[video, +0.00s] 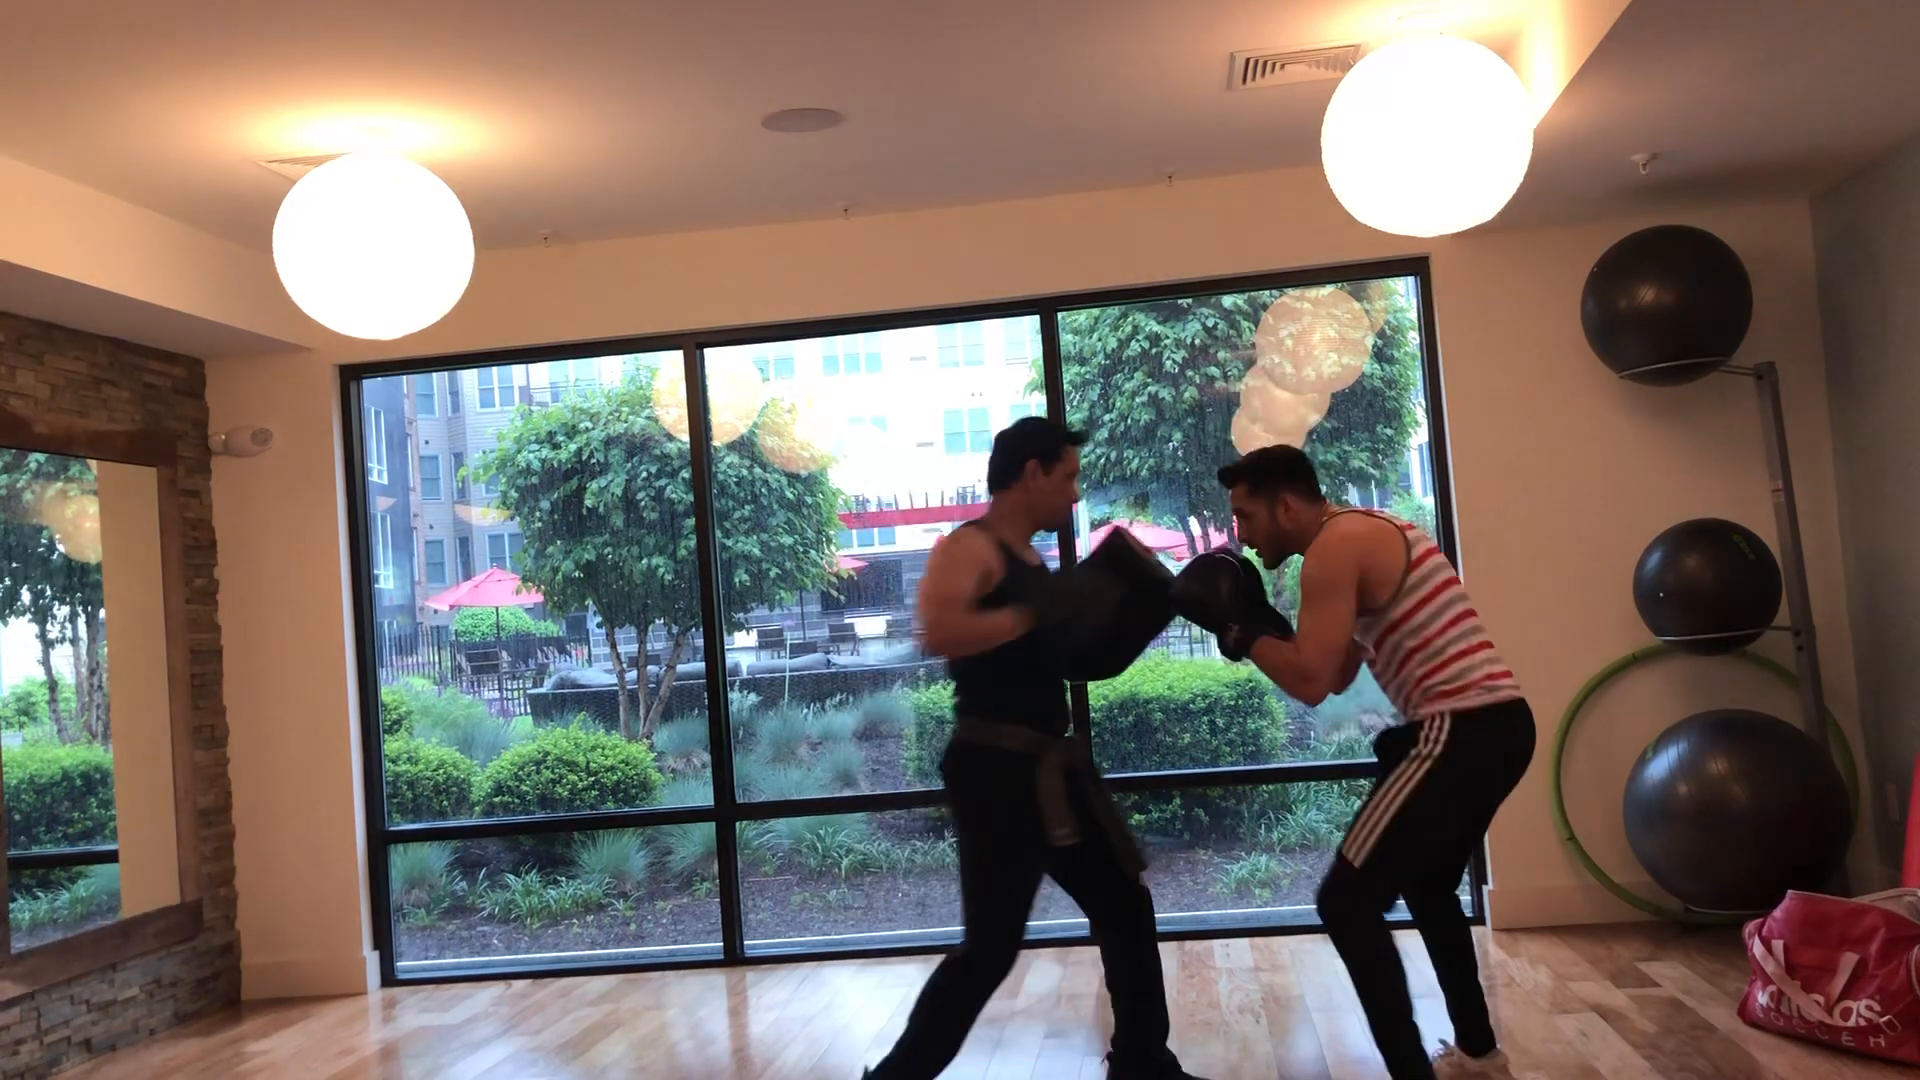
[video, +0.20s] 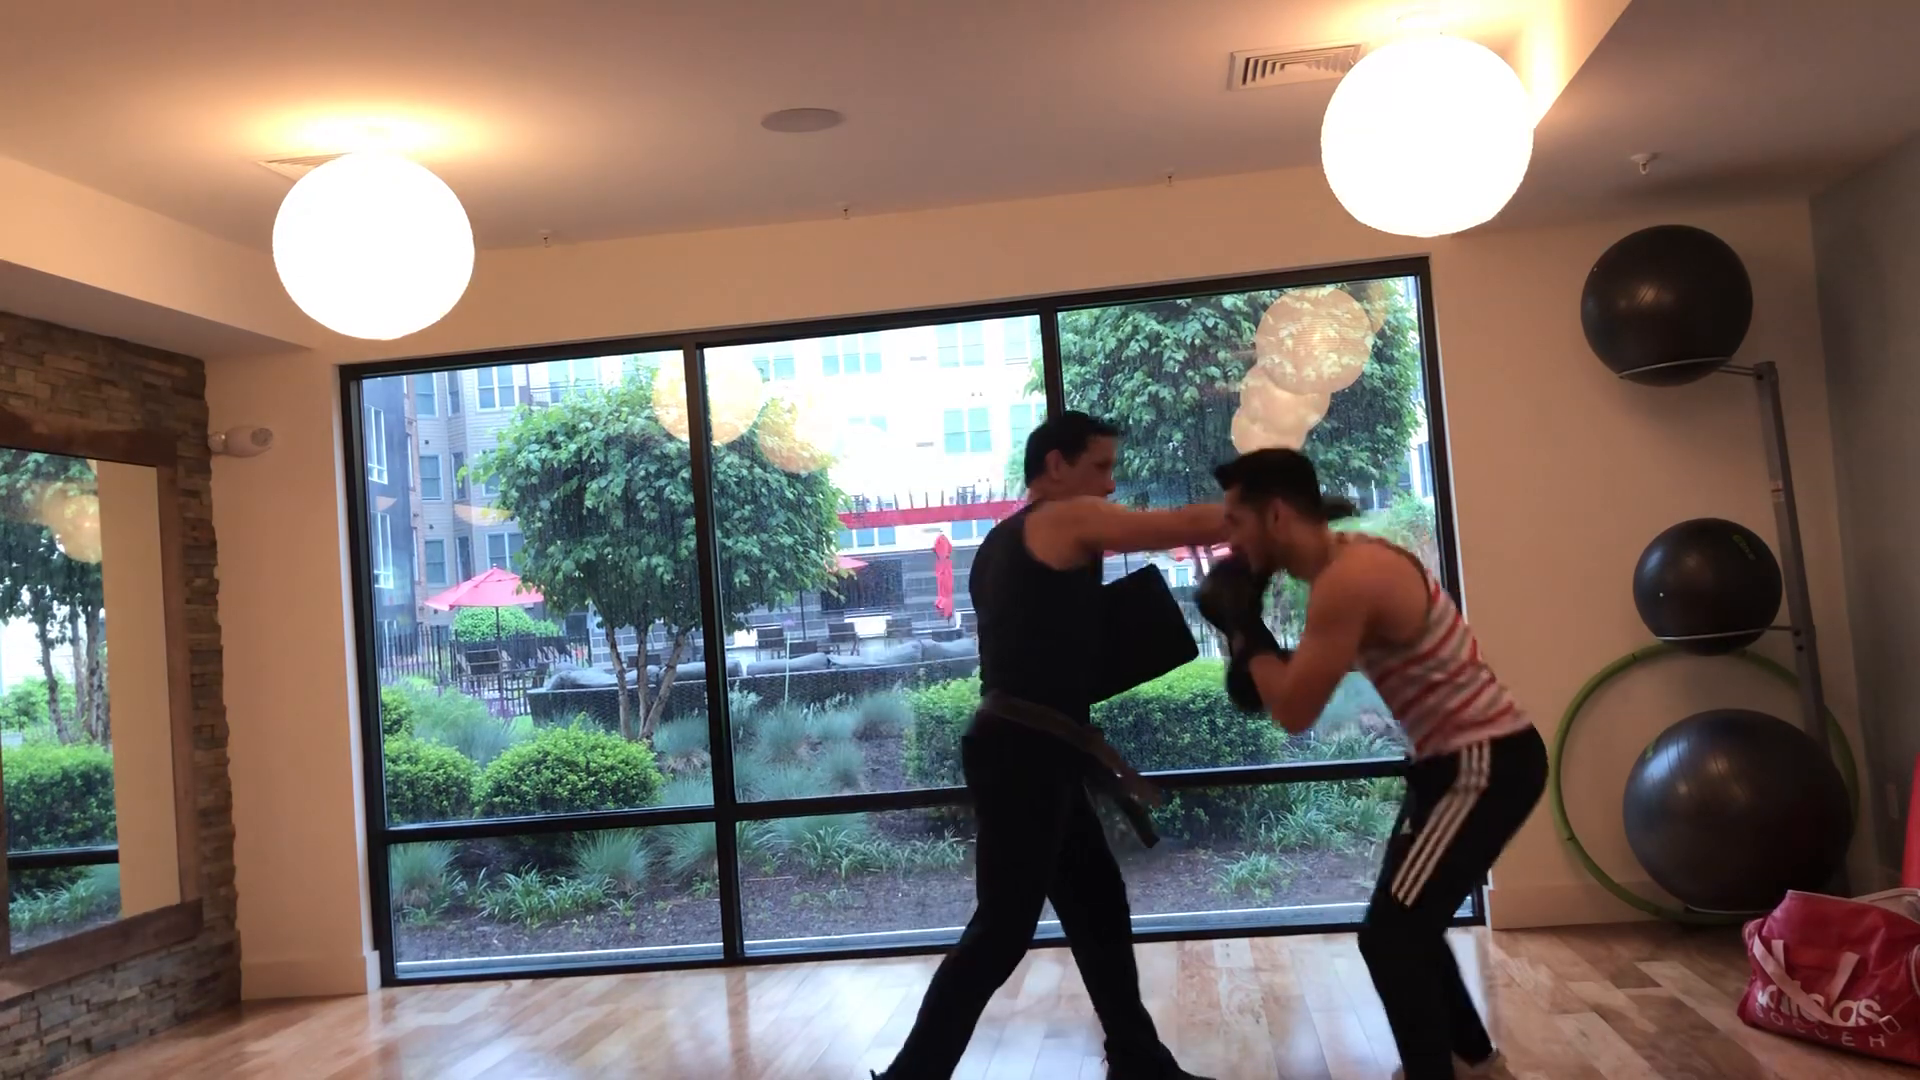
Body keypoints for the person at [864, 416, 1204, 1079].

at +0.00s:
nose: (1077, 492)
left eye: (1078, 478)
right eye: (1070, 478)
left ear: (1028, 479)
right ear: (1030, 476)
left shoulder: (1029, 560)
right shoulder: (966, 547)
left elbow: (1068, 649)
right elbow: (938, 631)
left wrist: (1119, 590)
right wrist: (1038, 611)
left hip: (1047, 763)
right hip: (991, 767)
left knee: (1124, 907)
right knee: (991, 947)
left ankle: (1143, 1061)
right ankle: (896, 1074)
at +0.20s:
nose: (1110, 483)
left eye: (1111, 470)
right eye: (1101, 469)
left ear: (1048, 472)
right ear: (1054, 466)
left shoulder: (1005, 544)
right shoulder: (1068, 520)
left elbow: (1048, 662)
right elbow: (1189, 524)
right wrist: (1287, 517)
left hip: (1027, 749)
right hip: (1022, 752)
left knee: (1098, 909)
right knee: (1002, 929)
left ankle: (1139, 1062)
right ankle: (912, 1072)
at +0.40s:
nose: (1131, 486)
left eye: (1134, 472)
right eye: (1118, 471)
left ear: (1072, 476)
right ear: (1073, 470)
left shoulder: (1019, 543)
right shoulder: (1085, 540)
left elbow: (1086, 665)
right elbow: (1177, 627)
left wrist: (1188, 631)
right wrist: (1217, 590)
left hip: (1033, 749)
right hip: (1035, 755)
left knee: (1108, 904)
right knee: (1022, 933)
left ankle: (1139, 1057)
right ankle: (954, 1072)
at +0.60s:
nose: (1115, 475)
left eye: (1117, 461)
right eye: (1102, 461)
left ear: (1065, 466)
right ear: (1051, 461)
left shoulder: (1063, 543)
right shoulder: (1018, 546)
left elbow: (1070, 637)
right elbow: (1001, 660)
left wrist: (1131, 622)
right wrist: (1105, 679)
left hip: (1058, 749)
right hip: (1007, 757)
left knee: (1108, 910)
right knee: (1012, 938)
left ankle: (1142, 1060)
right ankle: (976, 1074)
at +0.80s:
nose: (1093, 471)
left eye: (1093, 457)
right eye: (1083, 458)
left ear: (1043, 463)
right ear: (1034, 463)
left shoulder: (1070, 515)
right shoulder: (963, 544)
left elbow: (1162, 513)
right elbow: (908, 657)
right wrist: (1010, 696)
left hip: (1048, 748)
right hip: (969, 753)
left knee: (1086, 909)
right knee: (980, 935)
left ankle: (1114, 1061)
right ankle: (967, 1073)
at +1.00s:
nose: (1087, 460)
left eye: (1086, 446)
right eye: (1078, 446)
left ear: (1041, 451)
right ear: (1039, 452)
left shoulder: (1061, 518)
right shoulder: (950, 533)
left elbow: (1114, 578)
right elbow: (895, 647)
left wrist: (1152, 551)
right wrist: (998, 665)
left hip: (1052, 745)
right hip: (969, 752)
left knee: (1097, 920)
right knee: (967, 939)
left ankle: (1115, 1073)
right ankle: (960, 1077)